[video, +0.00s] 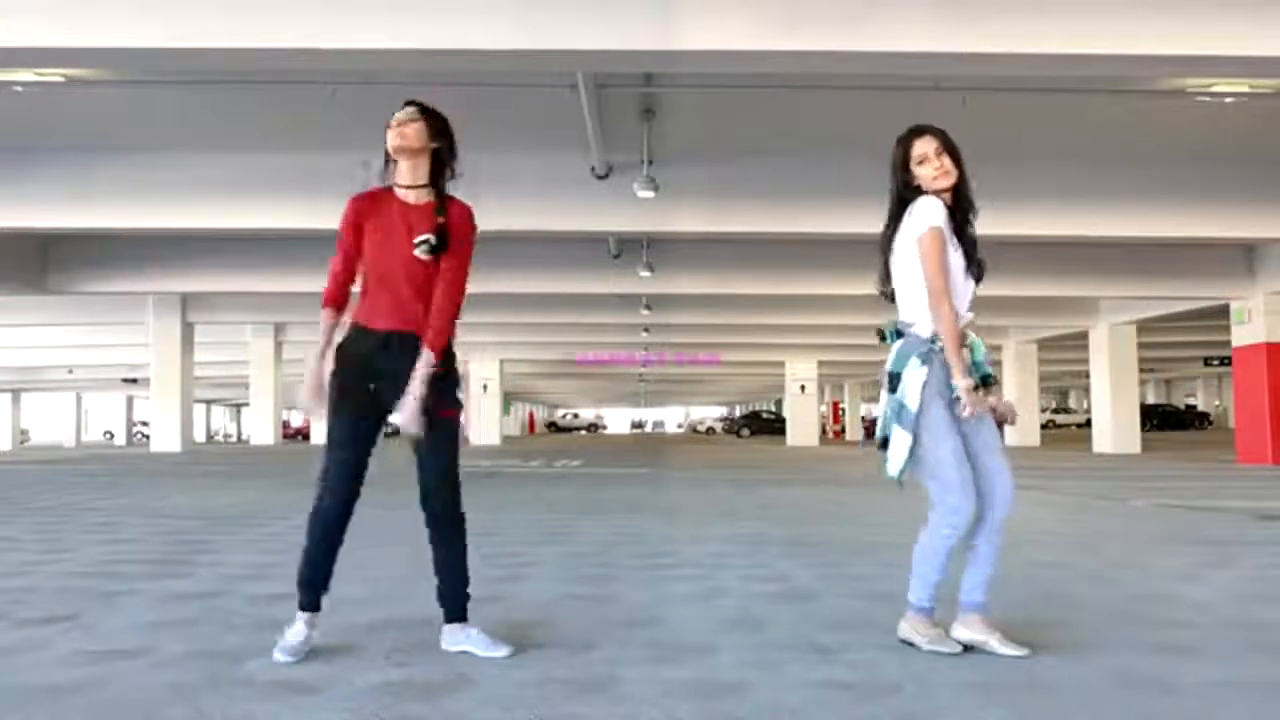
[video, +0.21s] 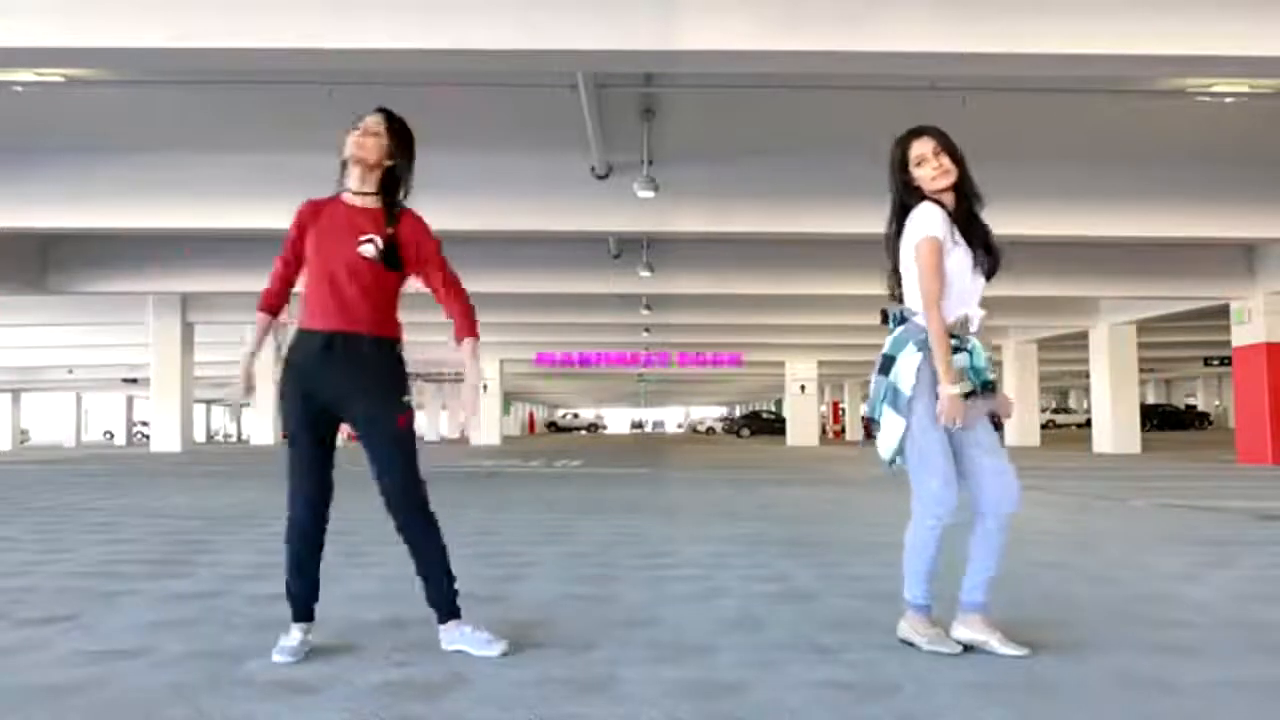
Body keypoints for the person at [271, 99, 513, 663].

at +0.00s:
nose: (397, 130)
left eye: (410, 122)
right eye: (393, 123)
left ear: (437, 141)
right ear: (387, 141)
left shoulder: (456, 216)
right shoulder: (363, 206)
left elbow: (446, 306)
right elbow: (339, 285)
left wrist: (417, 388)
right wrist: (319, 361)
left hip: (426, 361)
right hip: (362, 355)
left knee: (442, 495)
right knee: (337, 489)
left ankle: (456, 625)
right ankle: (306, 617)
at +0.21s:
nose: (359, 133)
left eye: (374, 130)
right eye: (357, 127)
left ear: (392, 156)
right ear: (346, 147)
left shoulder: (403, 225)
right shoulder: (312, 214)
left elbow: (449, 290)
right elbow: (280, 282)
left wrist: (472, 368)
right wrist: (251, 353)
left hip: (373, 365)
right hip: (309, 362)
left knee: (406, 500)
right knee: (306, 503)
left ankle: (451, 622)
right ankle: (300, 625)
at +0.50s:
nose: (347, 143)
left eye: (356, 140)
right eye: (338, 133)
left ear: (362, 161)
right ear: (312, 145)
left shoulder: (375, 213)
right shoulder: (273, 202)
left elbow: (443, 261)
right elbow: (209, 237)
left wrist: (416, 318)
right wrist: (217, 296)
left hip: (355, 358)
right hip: (288, 358)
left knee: (367, 493)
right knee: (294, 498)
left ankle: (373, 621)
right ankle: (298, 624)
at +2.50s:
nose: (369, 160)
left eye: (377, 156)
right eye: (360, 148)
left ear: (378, 171)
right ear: (333, 154)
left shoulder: (380, 233)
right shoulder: (291, 216)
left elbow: (430, 299)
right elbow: (219, 275)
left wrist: (407, 355)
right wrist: (275, 331)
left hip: (374, 376)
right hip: (308, 375)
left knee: (384, 491)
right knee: (305, 497)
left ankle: (395, 602)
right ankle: (301, 621)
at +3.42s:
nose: (364, 170)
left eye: (374, 163)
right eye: (361, 164)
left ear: (399, 177)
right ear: (357, 179)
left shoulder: (425, 242)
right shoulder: (338, 235)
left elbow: (486, 297)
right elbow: (286, 290)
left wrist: (450, 347)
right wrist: (316, 342)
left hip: (408, 364)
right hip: (349, 364)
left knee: (406, 484)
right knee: (342, 483)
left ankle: (398, 600)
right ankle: (355, 582)